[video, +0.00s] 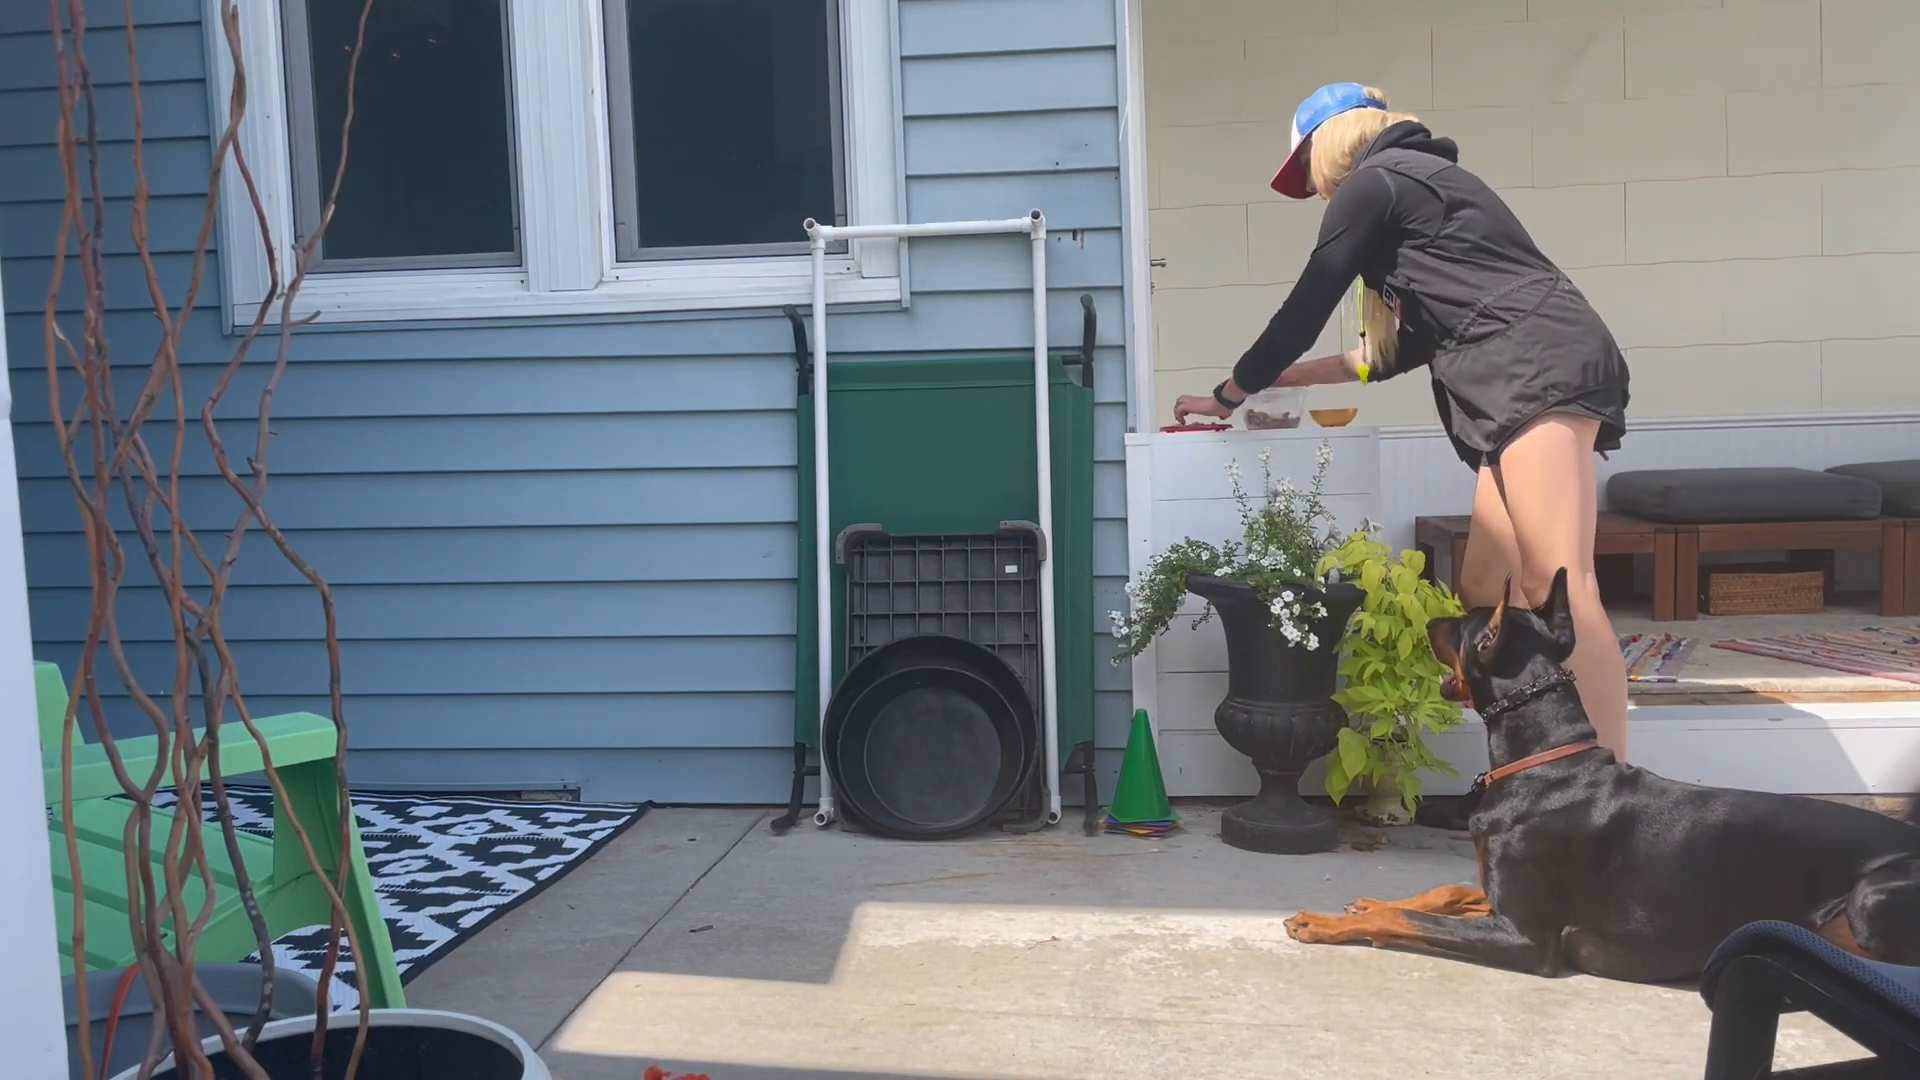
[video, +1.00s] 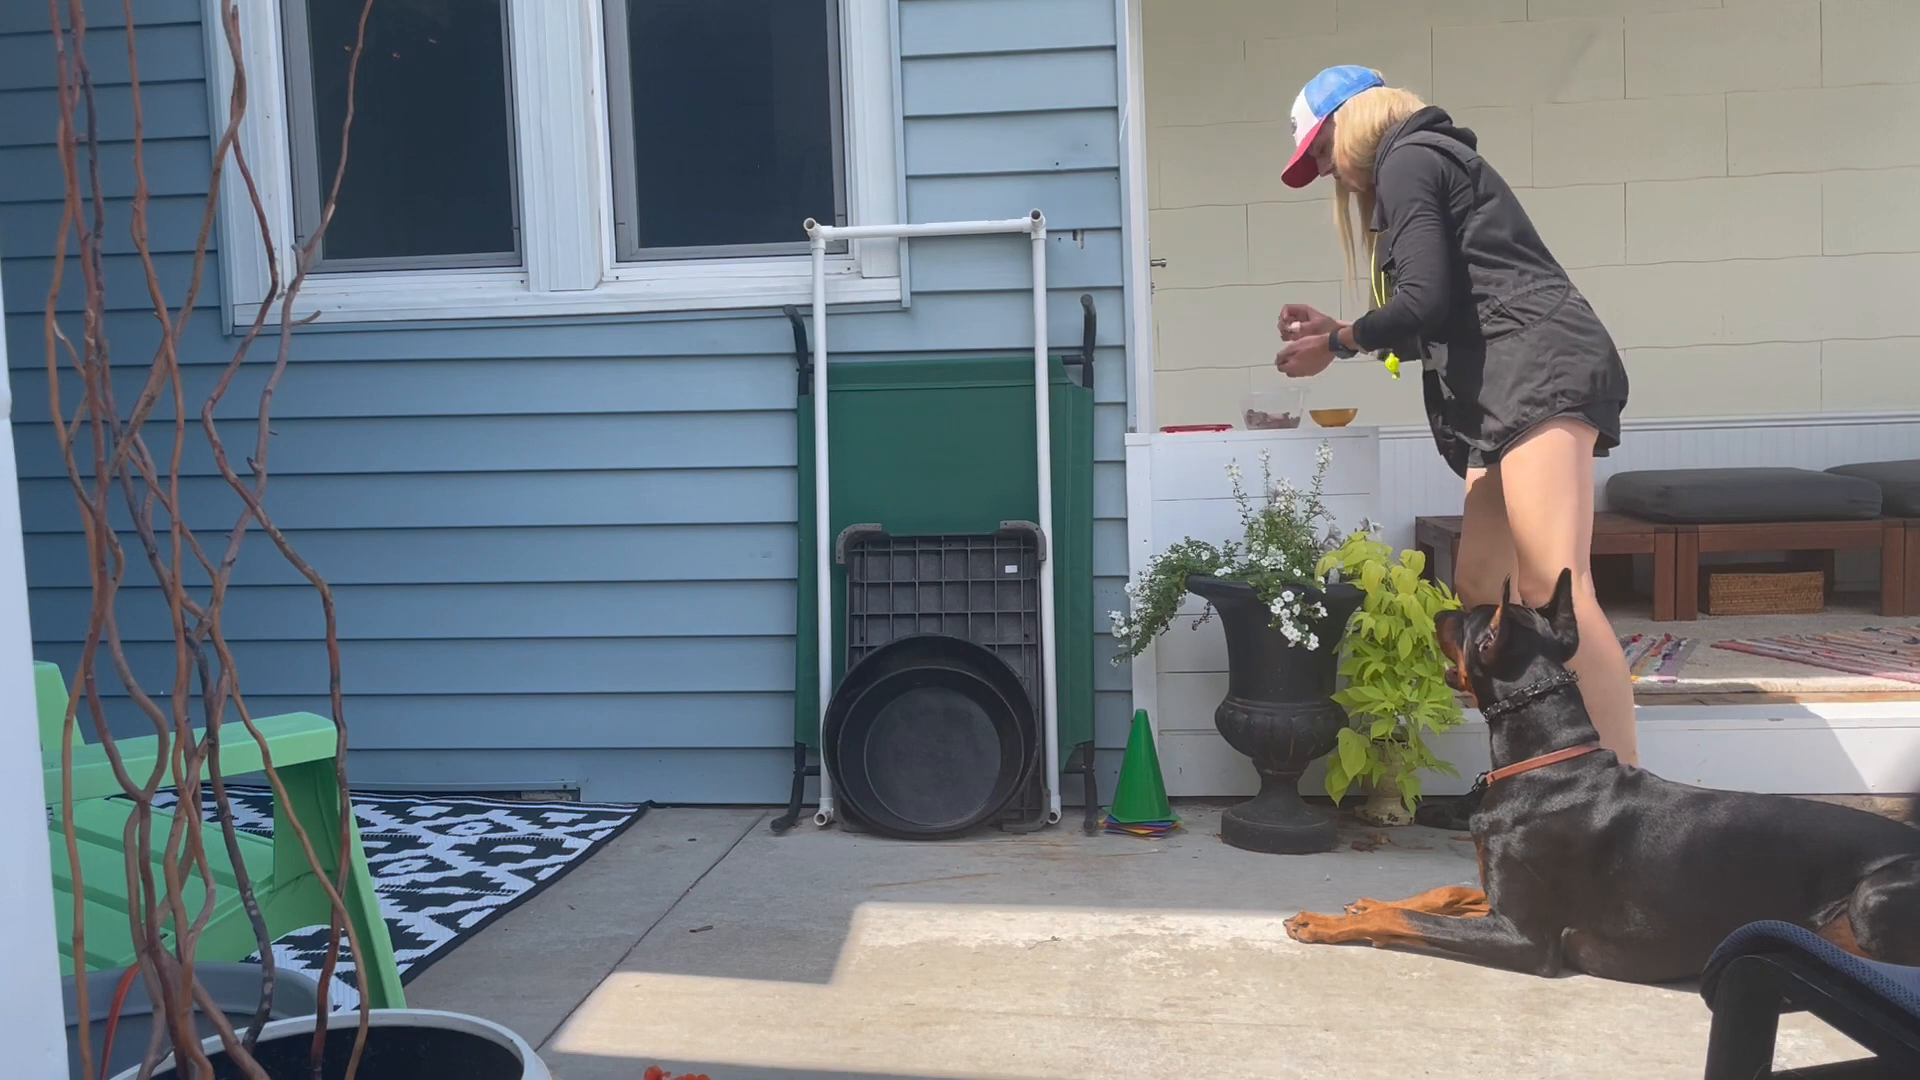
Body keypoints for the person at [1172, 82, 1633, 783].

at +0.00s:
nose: (1316, 185)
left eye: (1312, 164)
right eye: (1309, 172)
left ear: (1335, 140)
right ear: (1376, 133)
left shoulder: (1374, 182)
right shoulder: (1436, 181)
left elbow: (1307, 307)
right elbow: (1404, 349)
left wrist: (1226, 394)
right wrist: (1286, 377)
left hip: (1533, 362)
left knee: (1559, 587)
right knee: (1485, 589)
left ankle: (1609, 788)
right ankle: (1533, 779)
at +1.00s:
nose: (1332, 177)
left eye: (1327, 156)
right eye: (1322, 166)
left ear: (1351, 125)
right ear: (1376, 120)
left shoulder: (1409, 161)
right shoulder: (1423, 167)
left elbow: (1423, 303)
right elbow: (1430, 326)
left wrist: (1341, 340)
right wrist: (1342, 338)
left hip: (1535, 361)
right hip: (1496, 387)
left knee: (1558, 592)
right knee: (1480, 598)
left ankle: (1621, 797)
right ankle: (1535, 787)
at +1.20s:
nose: (1350, 158)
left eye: (1346, 136)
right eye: (1340, 147)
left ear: (1375, 104)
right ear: (1377, 109)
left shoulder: (1444, 141)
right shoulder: (1419, 169)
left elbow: (1498, 266)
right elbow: (1456, 286)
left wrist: (1411, 324)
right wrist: (1399, 322)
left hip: (1543, 381)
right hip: (1494, 395)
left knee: (1546, 596)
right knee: (1481, 604)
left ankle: (1592, 795)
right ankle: (1528, 792)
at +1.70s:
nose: (1367, 113)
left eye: (1365, 89)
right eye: (1354, 103)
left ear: (1396, 48)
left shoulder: (1491, 92)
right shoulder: (1434, 129)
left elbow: (1612, 213)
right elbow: (1467, 279)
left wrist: (1507, 331)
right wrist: (1451, 391)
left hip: (1552, 387)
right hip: (1492, 393)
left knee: (1514, 638)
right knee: (1475, 631)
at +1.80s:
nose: (1363, 119)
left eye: (1358, 97)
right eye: (1349, 110)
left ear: (1389, 53)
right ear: (1364, 79)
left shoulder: (1490, 93)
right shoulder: (1438, 121)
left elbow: (1622, 211)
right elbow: (1484, 257)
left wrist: (1519, 330)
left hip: (1554, 389)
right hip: (1490, 395)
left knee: (1518, 631)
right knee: (1479, 627)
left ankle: (1546, 839)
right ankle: (1515, 827)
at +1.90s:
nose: (1362, 123)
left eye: (1356, 102)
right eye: (1347, 116)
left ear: (1385, 55)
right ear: (1362, 84)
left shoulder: (1494, 90)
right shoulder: (1434, 124)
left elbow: (1627, 209)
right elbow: (1473, 275)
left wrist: (1515, 322)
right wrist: (1444, 379)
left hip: (1558, 387)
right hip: (1488, 393)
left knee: (1525, 636)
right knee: (1480, 631)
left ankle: (1540, 852)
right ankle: (1512, 838)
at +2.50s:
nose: (1353, 128)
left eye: (1354, 105)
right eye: (1336, 122)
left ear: (1381, 57)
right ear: (1318, 117)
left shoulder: (1484, 97)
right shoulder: (1410, 134)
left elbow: (1619, 215)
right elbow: (1450, 271)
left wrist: (1497, 312)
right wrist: (1430, 366)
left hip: (1560, 381)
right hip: (1485, 390)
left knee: (1541, 639)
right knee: (1506, 635)